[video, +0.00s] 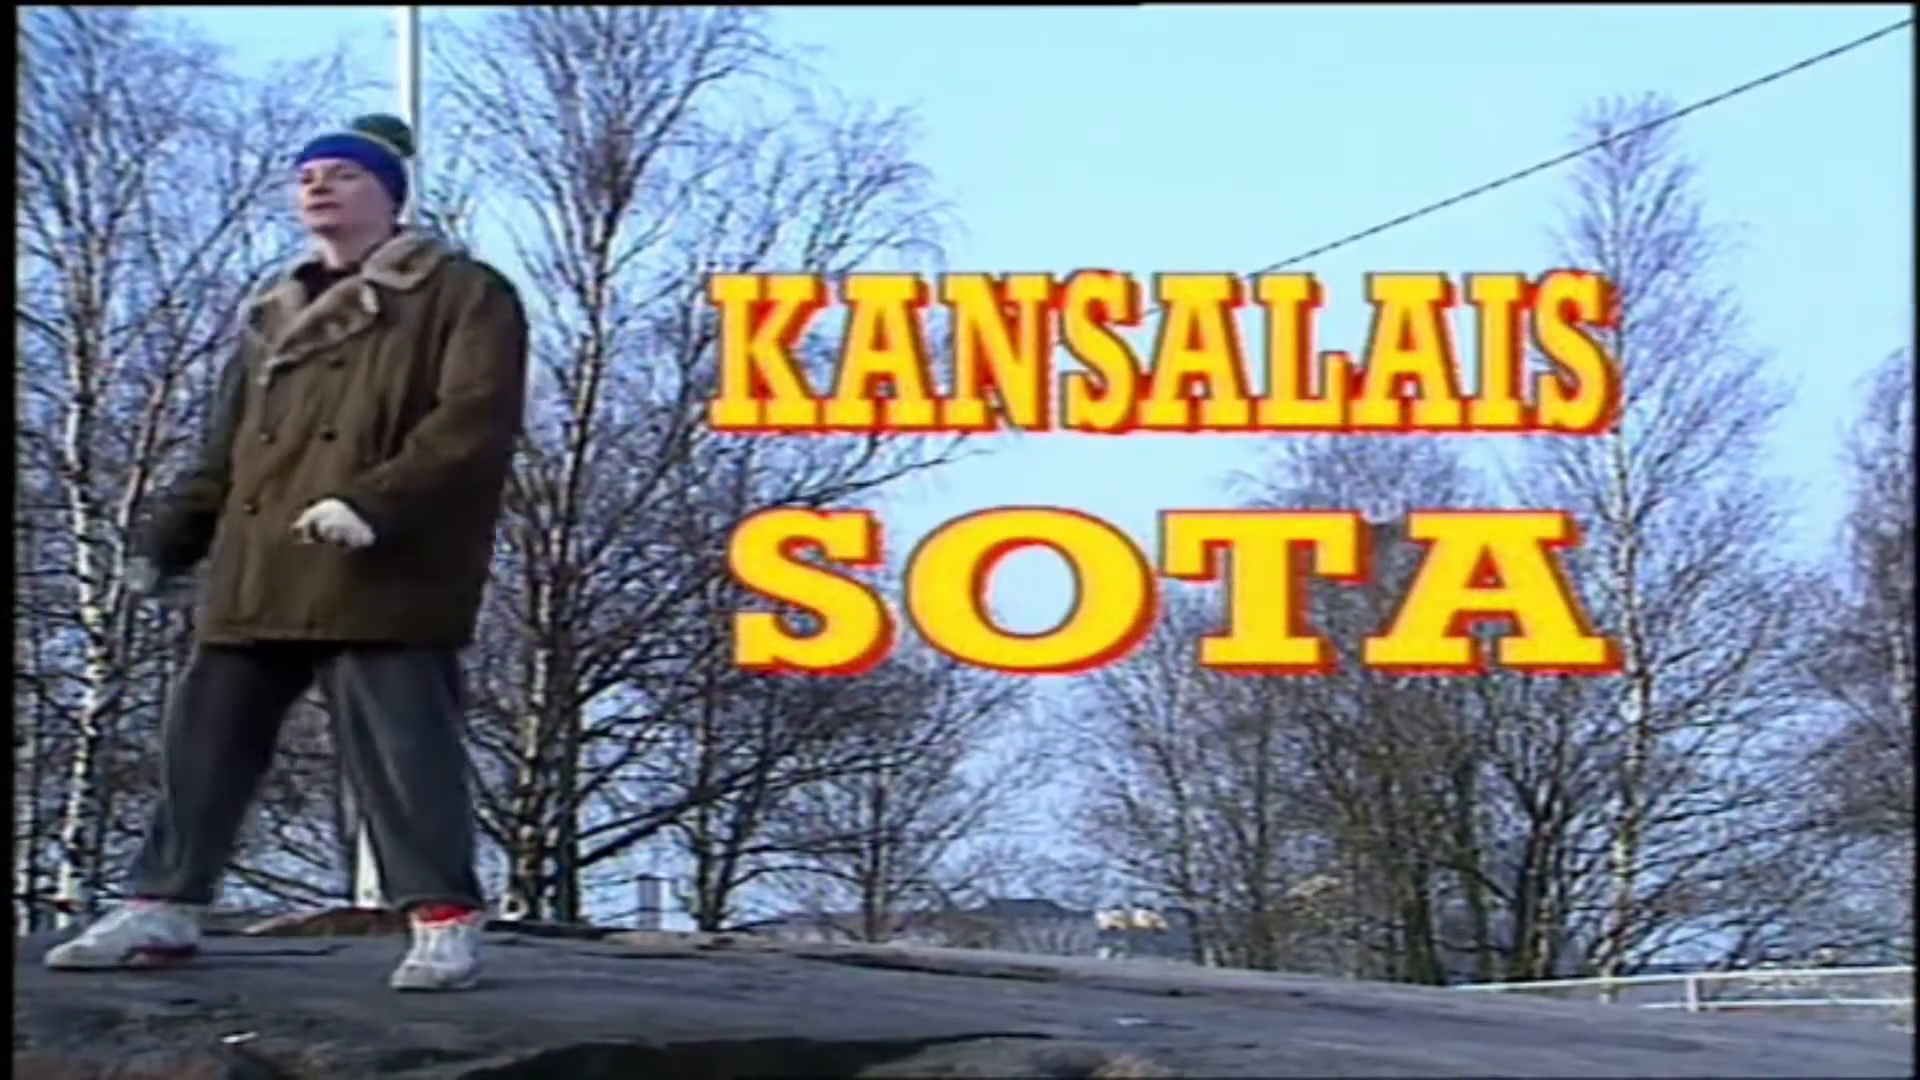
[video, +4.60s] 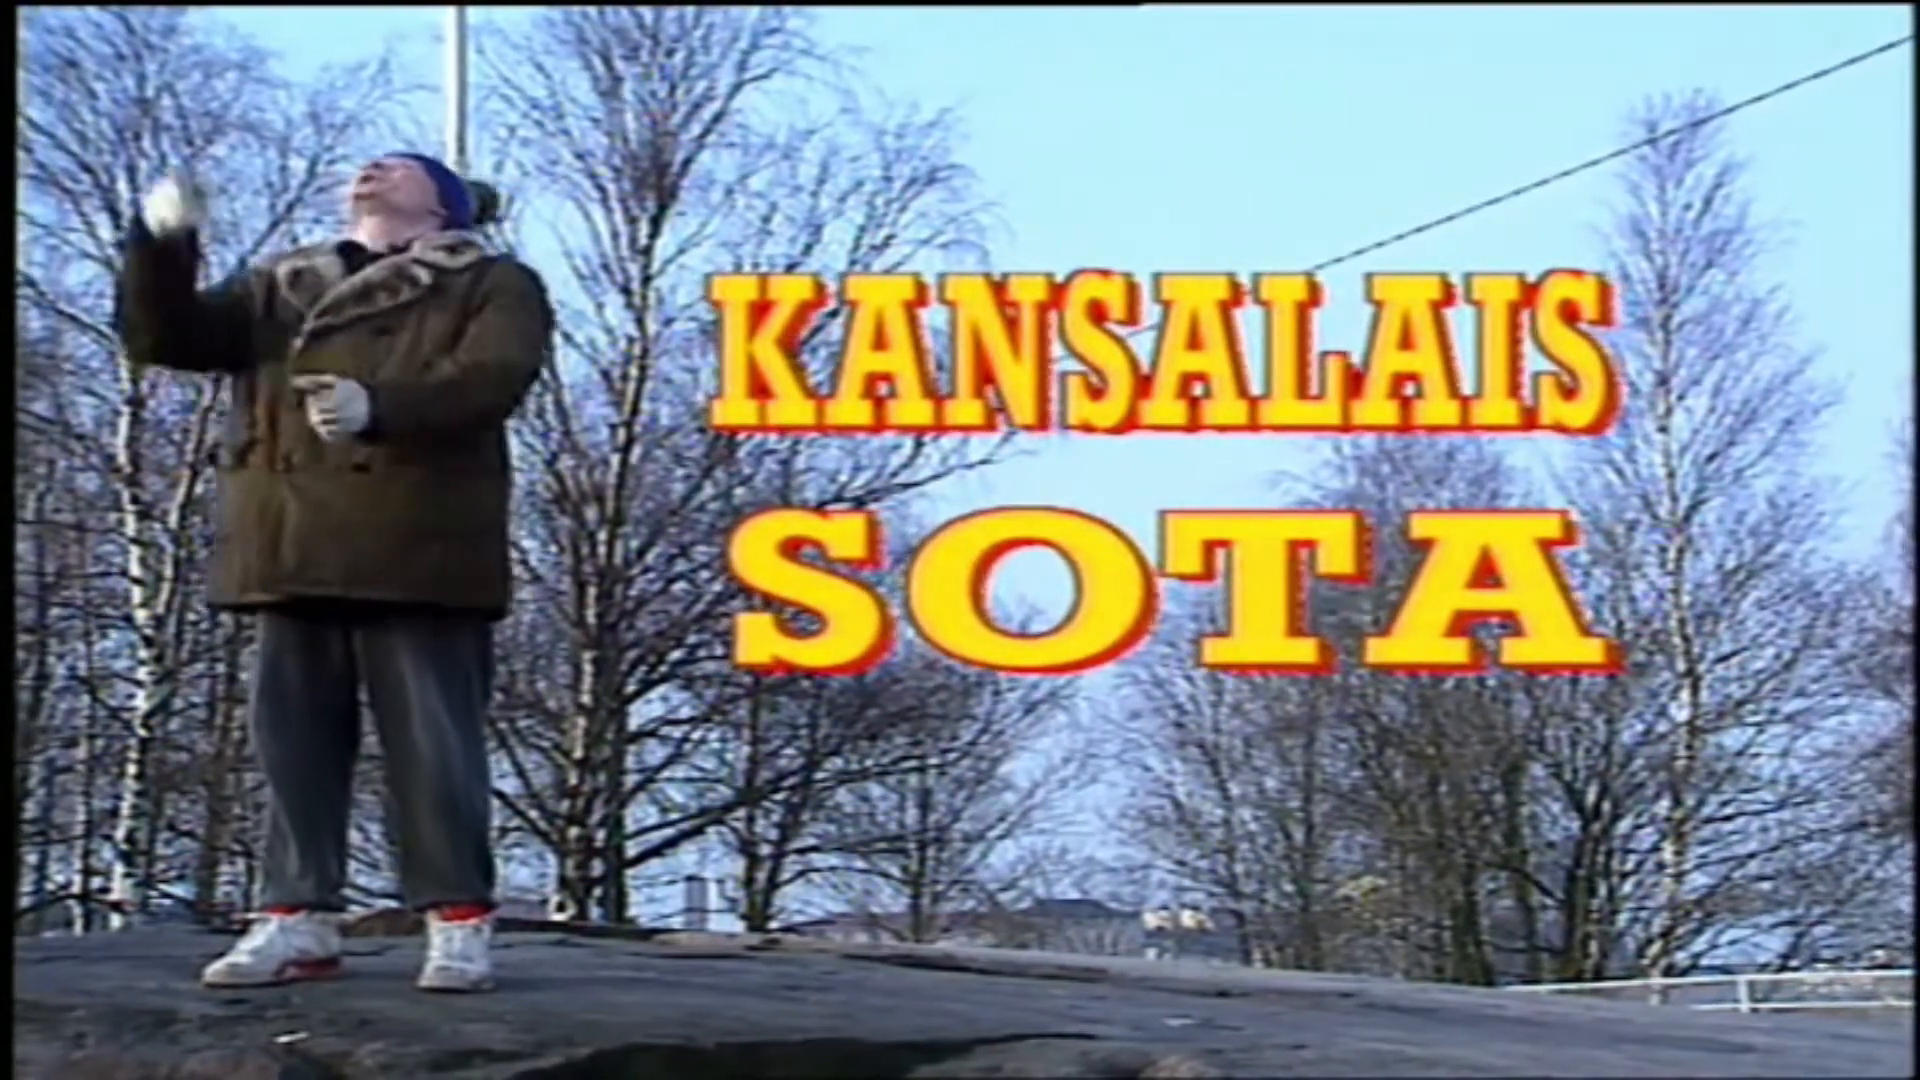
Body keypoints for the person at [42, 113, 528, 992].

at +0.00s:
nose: (315, 185)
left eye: (338, 173)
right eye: (306, 177)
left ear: (390, 192)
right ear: (298, 201)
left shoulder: (466, 292)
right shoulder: (275, 310)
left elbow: (474, 432)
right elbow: (229, 447)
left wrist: (374, 504)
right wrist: (172, 529)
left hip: (383, 565)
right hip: (261, 564)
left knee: (404, 737)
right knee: (208, 723)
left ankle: (445, 918)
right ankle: (164, 906)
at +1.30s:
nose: (328, 183)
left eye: (352, 174)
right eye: (316, 174)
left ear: (394, 202)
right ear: (296, 202)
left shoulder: (459, 292)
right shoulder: (239, 310)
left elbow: (506, 377)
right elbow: (163, 397)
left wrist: (424, 407)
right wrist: (96, 436)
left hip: (408, 576)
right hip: (270, 577)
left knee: (428, 747)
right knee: (240, 735)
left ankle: (457, 915)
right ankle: (235, 914)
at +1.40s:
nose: (328, 184)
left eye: (351, 175)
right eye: (316, 175)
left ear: (392, 202)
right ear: (294, 202)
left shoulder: (446, 281)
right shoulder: (243, 301)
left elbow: (508, 352)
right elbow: (160, 362)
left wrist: (422, 322)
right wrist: (99, 348)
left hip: (407, 555)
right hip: (267, 559)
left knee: (419, 740)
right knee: (240, 729)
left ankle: (443, 916)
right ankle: (237, 914)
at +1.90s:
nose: (361, 179)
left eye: (384, 173)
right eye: (347, 172)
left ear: (425, 204)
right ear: (327, 203)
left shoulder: (472, 274)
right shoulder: (276, 283)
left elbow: (515, 338)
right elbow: (201, 382)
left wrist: (396, 285)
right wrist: (201, 361)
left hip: (425, 544)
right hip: (285, 546)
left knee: (434, 738)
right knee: (266, 730)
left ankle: (450, 917)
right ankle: (268, 912)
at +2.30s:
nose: (309, 175)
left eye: (333, 165)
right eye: (297, 168)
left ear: (385, 195)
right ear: (279, 199)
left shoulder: (446, 273)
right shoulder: (236, 284)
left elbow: (447, 372)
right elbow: (141, 359)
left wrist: (336, 383)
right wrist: (116, 306)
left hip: (396, 558)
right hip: (255, 560)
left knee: (412, 742)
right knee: (257, 744)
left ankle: (440, 914)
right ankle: (274, 917)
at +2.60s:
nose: (332, 175)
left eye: (356, 166)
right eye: (321, 167)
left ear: (407, 194)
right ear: (303, 195)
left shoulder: (461, 275)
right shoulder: (255, 275)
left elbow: (446, 353)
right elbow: (198, 383)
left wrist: (308, 314)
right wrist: (162, 366)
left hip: (394, 554)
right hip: (259, 552)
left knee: (406, 744)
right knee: (265, 744)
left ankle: (436, 919)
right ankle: (279, 917)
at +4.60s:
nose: (367, 178)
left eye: (393, 169)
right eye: (362, 174)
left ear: (444, 208)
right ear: (347, 210)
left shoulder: (494, 282)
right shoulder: (292, 283)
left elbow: (490, 383)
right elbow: (165, 337)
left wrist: (379, 405)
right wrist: (163, 249)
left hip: (424, 561)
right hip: (294, 561)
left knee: (433, 742)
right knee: (293, 738)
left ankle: (458, 921)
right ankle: (302, 918)